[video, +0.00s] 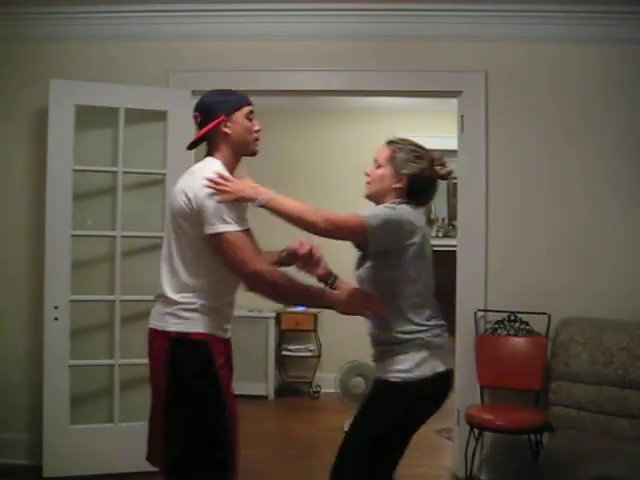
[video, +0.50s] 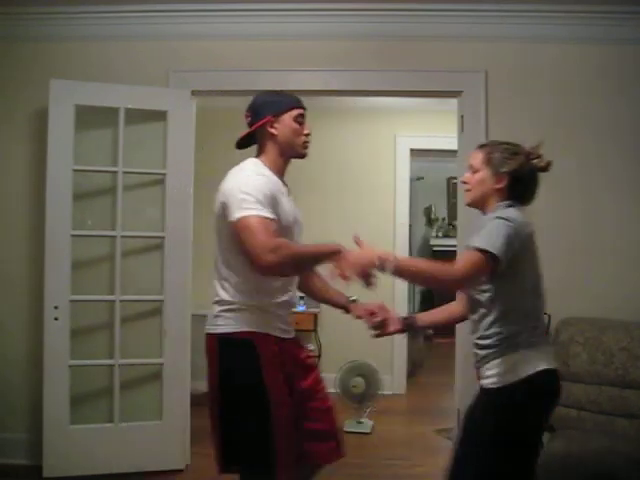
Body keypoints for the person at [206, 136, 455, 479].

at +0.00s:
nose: (368, 171)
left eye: (377, 165)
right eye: (373, 163)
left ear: (399, 180)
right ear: (399, 182)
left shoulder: (399, 219)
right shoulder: (399, 222)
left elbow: (322, 222)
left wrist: (256, 193)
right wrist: (325, 273)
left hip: (413, 372)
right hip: (411, 369)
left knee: (351, 470)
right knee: (367, 470)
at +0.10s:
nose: (385, 173)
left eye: (395, 167)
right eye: (389, 165)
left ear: (419, 182)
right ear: (415, 183)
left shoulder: (421, 217)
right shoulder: (403, 229)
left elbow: (361, 221)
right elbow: (373, 301)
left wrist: (285, 199)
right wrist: (333, 266)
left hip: (427, 375)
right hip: (413, 372)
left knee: (375, 470)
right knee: (380, 468)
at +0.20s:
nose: (405, 176)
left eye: (414, 170)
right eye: (409, 169)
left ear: (440, 183)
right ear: (436, 183)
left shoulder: (445, 219)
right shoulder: (423, 237)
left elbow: (393, 222)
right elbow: (384, 296)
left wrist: (323, 203)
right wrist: (338, 271)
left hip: (443, 379)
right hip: (425, 377)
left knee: (405, 474)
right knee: (405, 473)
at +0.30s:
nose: (425, 178)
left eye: (435, 171)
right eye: (429, 171)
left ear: (462, 181)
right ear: (459, 183)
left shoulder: (465, 217)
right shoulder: (445, 229)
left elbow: (425, 234)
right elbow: (417, 298)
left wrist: (347, 213)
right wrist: (361, 296)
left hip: (469, 380)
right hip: (456, 378)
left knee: (427, 473)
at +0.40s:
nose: (445, 179)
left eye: (455, 171)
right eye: (449, 171)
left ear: (482, 181)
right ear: (480, 182)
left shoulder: (486, 219)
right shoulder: (471, 227)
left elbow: (439, 254)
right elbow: (442, 307)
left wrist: (363, 233)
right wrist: (379, 320)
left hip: (498, 379)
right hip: (488, 377)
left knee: (432, 468)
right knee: (493, 474)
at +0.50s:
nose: (464, 178)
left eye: (473, 171)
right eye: (467, 170)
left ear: (500, 180)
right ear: (498, 181)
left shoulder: (504, 223)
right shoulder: (496, 226)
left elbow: (457, 275)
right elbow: (463, 307)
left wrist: (381, 259)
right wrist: (402, 322)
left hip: (518, 382)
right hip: (509, 379)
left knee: (469, 473)